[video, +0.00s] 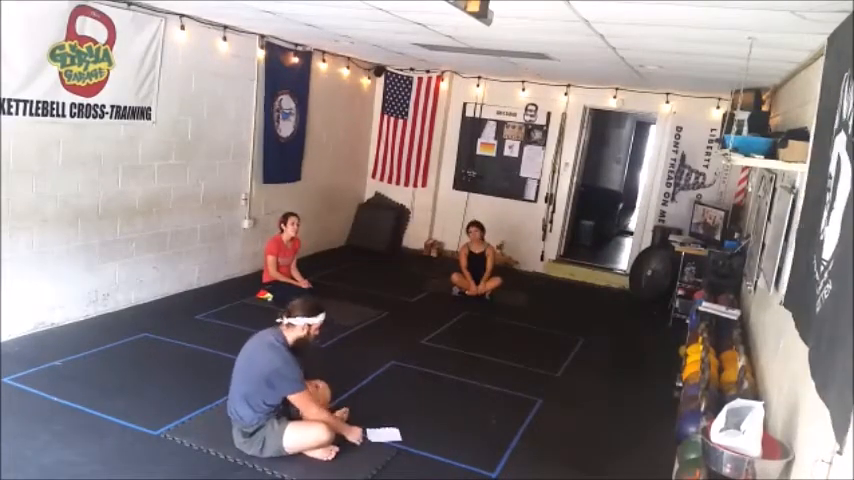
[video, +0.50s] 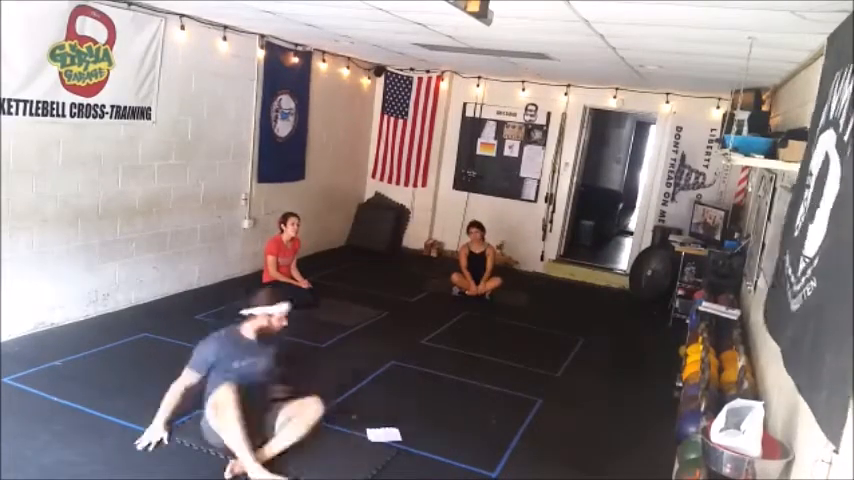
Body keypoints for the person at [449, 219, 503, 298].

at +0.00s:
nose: (473, 234)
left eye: (476, 231)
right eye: (470, 232)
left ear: (482, 233)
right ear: (468, 235)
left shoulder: (489, 249)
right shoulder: (464, 248)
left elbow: (489, 269)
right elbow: (464, 268)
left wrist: (482, 283)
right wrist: (472, 284)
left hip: (483, 276)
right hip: (469, 275)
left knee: (498, 280)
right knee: (454, 276)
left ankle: (467, 292)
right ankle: (481, 293)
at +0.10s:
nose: (473, 235)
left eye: (476, 232)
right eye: (470, 233)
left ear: (481, 233)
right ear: (468, 235)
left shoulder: (489, 249)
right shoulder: (464, 249)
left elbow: (489, 269)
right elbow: (464, 268)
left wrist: (482, 283)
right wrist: (472, 284)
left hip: (483, 276)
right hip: (469, 275)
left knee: (498, 280)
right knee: (454, 276)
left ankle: (467, 293)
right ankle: (482, 293)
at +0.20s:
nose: (473, 235)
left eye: (475, 232)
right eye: (470, 233)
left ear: (481, 233)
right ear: (467, 235)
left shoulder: (489, 249)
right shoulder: (464, 249)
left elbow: (489, 269)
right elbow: (464, 268)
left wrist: (482, 283)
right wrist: (472, 284)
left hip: (483, 276)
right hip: (469, 275)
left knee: (498, 280)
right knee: (454, 276)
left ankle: (467, 293)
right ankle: (482, 293)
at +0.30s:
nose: (473, 235)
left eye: (475, 232)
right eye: (470, 233)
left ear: (481, 233)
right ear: (467, 235)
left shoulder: (489, 249)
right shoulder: (464, 249)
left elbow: (489, 269)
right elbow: (464, 268)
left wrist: (482, 283)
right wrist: (472, 284)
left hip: (483, 276)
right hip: (469, 275)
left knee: (498, 280)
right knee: (454, 276)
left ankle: (467, 293)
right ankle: (482, 293)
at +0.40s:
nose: (473, 235)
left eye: (476, 232)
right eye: (470, 233)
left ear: (482, 233)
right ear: (468, 235)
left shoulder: (489, 249)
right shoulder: (465, 249)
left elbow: (489, 269)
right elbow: (464, 268)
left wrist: (482, 283)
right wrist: (472, 284)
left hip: (483, 276)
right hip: (469, 275)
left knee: (498, 280)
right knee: (454, 277)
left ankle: (467, 293)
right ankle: (481, 293)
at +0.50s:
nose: (474, 235)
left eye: (477, 232)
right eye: (471, 233)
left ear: (482, 234)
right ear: (468, 235)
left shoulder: (489, 249)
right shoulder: (464, 248)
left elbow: (489, 269)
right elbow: (464, 268)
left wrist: (482, 283)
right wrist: (472, 284)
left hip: (483, 276)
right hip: (469, 275)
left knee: (498, 280)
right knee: (454, 276)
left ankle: (467, 293)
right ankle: (481, 293)